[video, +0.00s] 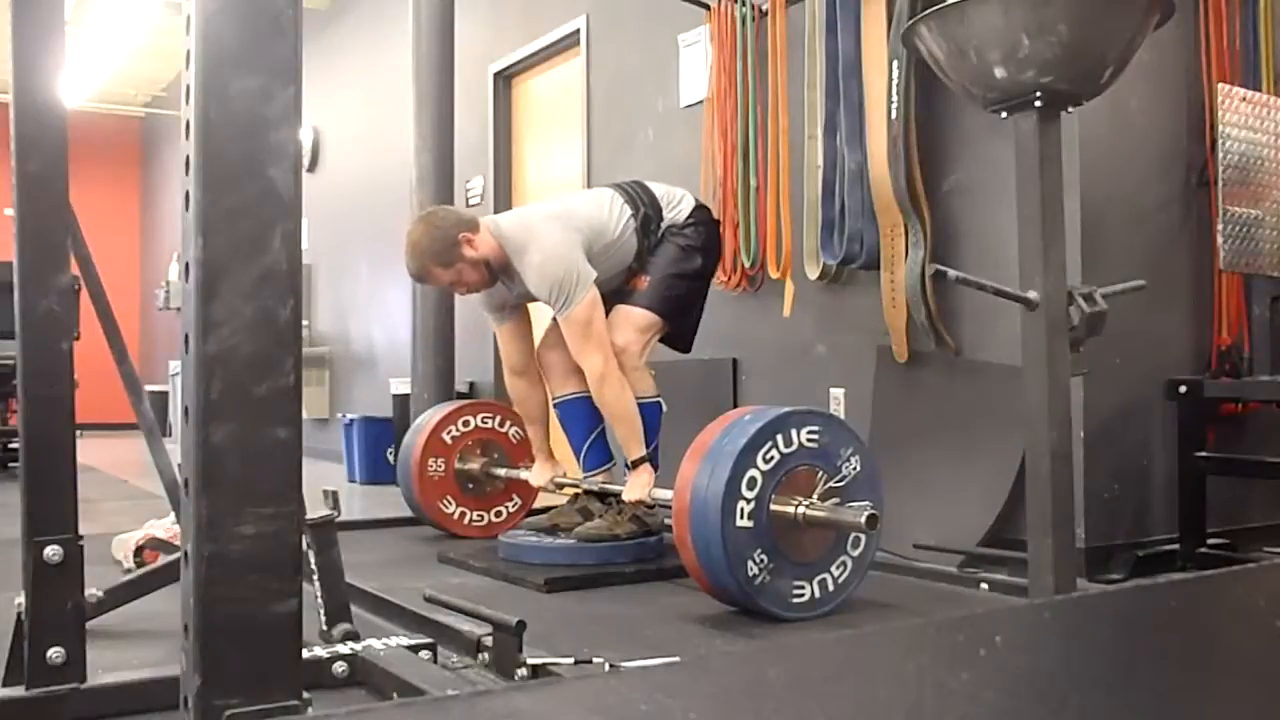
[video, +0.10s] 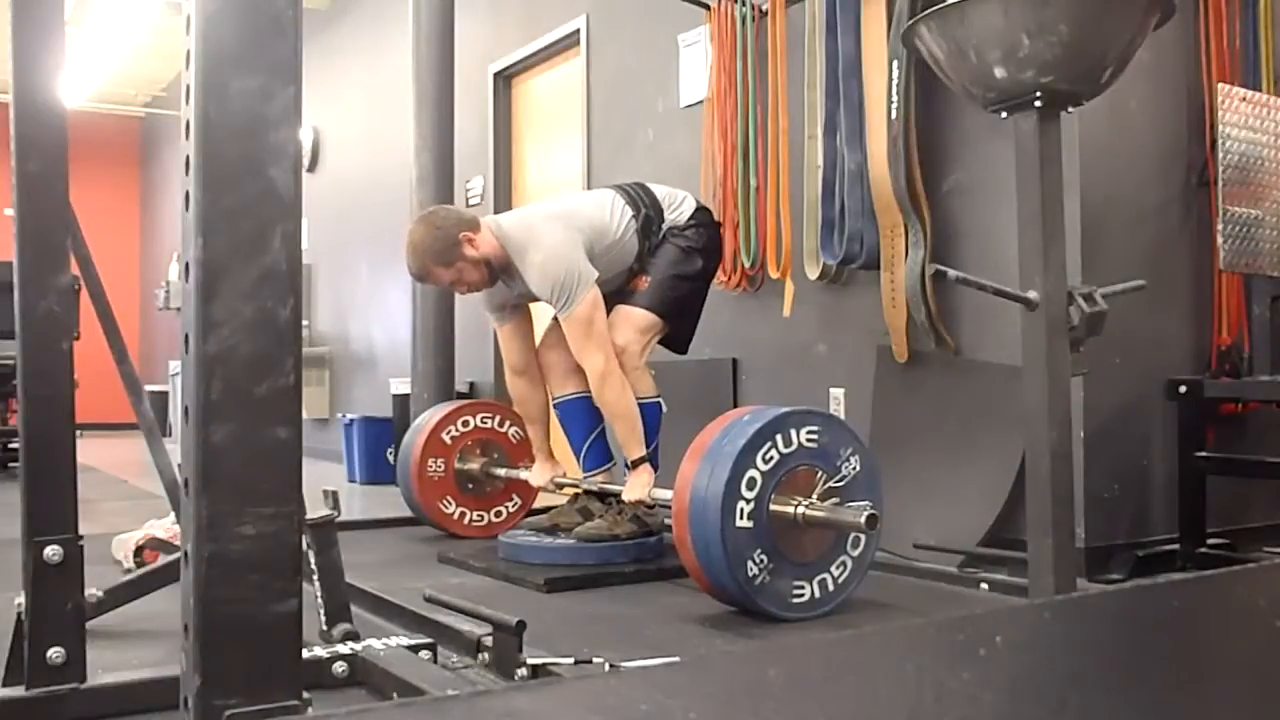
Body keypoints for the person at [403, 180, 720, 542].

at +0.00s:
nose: (461, 293)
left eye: (457, 282)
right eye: (451, 290)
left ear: (469, 244)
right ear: (469, 243)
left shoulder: (546, 253)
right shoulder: (492, 281)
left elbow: (602, 365)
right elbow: (519, 372)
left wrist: (640, 465)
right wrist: (542, 457)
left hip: (680, 226)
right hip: (620, 249)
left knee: (622, 346)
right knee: (554, 354)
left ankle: (642, 492)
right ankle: (601, 488)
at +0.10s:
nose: (461, 293)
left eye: (457, 281)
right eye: (452, 289)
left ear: (470, 243)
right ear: (470, 242)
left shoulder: (548, 253)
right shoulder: (495, 280)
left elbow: (602, 364)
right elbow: (520, 372)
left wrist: (640, 465)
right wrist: (542, 457)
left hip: (682, 227)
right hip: (622, 249)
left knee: (622, 345)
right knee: (554, 352)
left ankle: (641, 492)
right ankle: (601, 487)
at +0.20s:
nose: (462, 293)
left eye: (458, 281)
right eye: (452, 289)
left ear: (471, 242)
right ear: (471, 241)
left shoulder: (550, 252)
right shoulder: (495, 280)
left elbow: (603, 363)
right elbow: (519, 371)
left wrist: (639, 466)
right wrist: (541, 457)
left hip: (683, 229)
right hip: (622, 251)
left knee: (623, 344)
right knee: (554, 351)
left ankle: (641, 491)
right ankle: (600, 486)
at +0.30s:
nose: (463, 292)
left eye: (460, 281)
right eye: (454, 289)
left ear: (472, 241)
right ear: (472, 241)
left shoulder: (551, 251)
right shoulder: (496, 282)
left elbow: (603, 362)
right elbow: (519, 372)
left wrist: (639, 466)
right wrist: (541, 457)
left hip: (683, 230)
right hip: (622, 252)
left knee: (623, 345)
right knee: (554, 352)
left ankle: (642, 491)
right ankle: (601, 487)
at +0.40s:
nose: (463, 293)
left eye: (459, 281)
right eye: (453, 289)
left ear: (472, 240)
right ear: (472, 240)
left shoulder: (551, 251)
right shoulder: (495, 280)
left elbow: (603, 362)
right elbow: (519, 372)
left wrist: (638, 466)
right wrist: (541, 457)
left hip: (682, 230)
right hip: (621, 253)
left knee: (623, 345)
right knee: (553, 351)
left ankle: (641, 492)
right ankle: (601, 487)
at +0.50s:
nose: (463, 292)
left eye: (459, 280)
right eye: (453, 289)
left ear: (472, 240)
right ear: (472, 240)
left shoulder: (550, 250)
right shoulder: (495, 280)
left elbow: (603, 361)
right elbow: (519, 372)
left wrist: (637, 466)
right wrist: (540, 457)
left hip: (682, 231)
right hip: (621, 253)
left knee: (623, 345)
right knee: (552, 352)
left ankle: (640, 494)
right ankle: (601, 489)